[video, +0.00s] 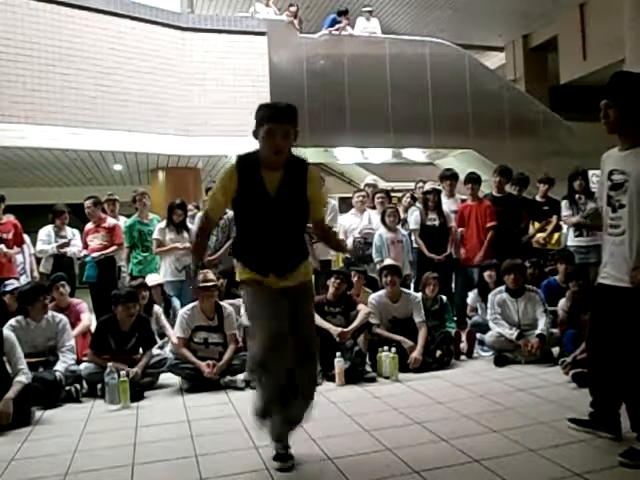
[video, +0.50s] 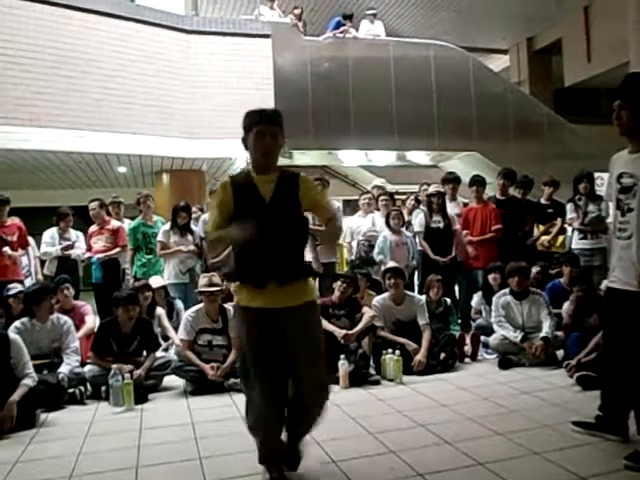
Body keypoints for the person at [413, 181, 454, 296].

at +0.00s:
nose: (432, 197)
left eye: (435, 194)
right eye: (429, 194)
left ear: (439, 197)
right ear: (424, 196)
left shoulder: (445, 214)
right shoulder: (418, 214)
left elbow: (450, 233)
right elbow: (416, 236)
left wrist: (448, 251)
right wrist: (428, 254)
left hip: (443, 257)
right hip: (425, 257)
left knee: (444, 289)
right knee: (424, 288)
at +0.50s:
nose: (436, 200)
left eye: (439, 197)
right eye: (433, 197)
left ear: (443, 199)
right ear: (429, 199)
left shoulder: (449, 217)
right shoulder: (423, 216)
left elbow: (454, 236)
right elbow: (420, 238)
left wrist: (453, 253)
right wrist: (433, 256)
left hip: (448, 259)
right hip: (430, 259)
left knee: (448, 292)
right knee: (429, 291)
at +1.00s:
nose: (436, 200)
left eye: (439, 197)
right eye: (433, 196)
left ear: (443, 200)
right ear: (428, 199)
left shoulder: (449, 217)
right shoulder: (423, 216)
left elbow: (454, 236)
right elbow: (420, 238)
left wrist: (453, 253)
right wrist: (432, 256)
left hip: (448, 259)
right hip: (430, 259)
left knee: (448, 292)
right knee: (428, 291)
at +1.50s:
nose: (437, 200)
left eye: (440, 197)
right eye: (434, 196)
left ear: (443, 199)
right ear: (429, 199)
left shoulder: (449, 216)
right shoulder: (423, 216)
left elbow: (454, 236)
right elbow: (421, 238)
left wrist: (452, 253)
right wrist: (433, 256)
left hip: (447, 258)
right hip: (429, 258)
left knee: (448, 291)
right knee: (429, 290)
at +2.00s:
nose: (437, 201)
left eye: (440, 197)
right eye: (433, 197)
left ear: (443, 200)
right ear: (429, 199)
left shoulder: (448, 217)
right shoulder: (423, 216)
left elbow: (453, 236)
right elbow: (420, 238)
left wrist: (450, 254)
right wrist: (433, 256)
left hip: (447, 259)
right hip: (429, 258)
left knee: (447, 291)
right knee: (428, 290)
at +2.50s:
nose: (437, 201)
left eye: (439, 198)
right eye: (434, 198)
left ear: (443, 200)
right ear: (429, 199)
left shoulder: (448, 217)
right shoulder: (423, 217)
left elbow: (453, 236)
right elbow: (420, 238)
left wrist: (450, 254)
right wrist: (432, 256)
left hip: (446, 260)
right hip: (429, 260)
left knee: (447, 291)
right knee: (428, 290)